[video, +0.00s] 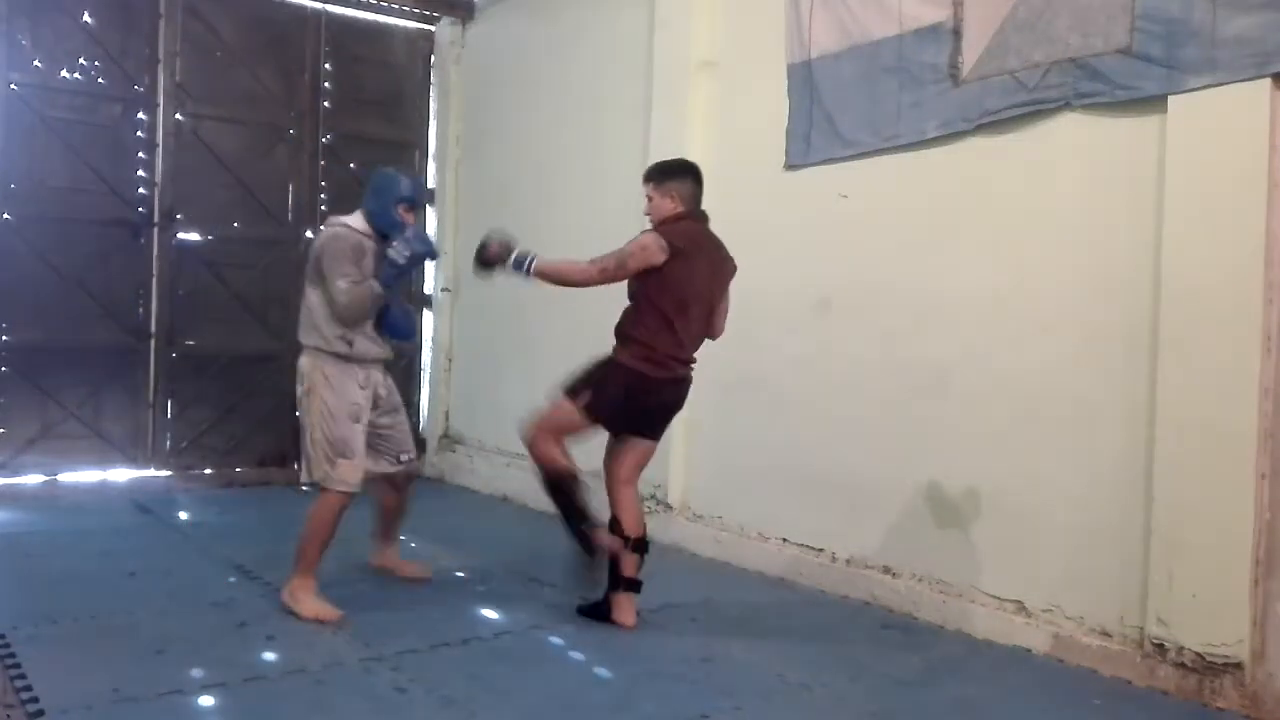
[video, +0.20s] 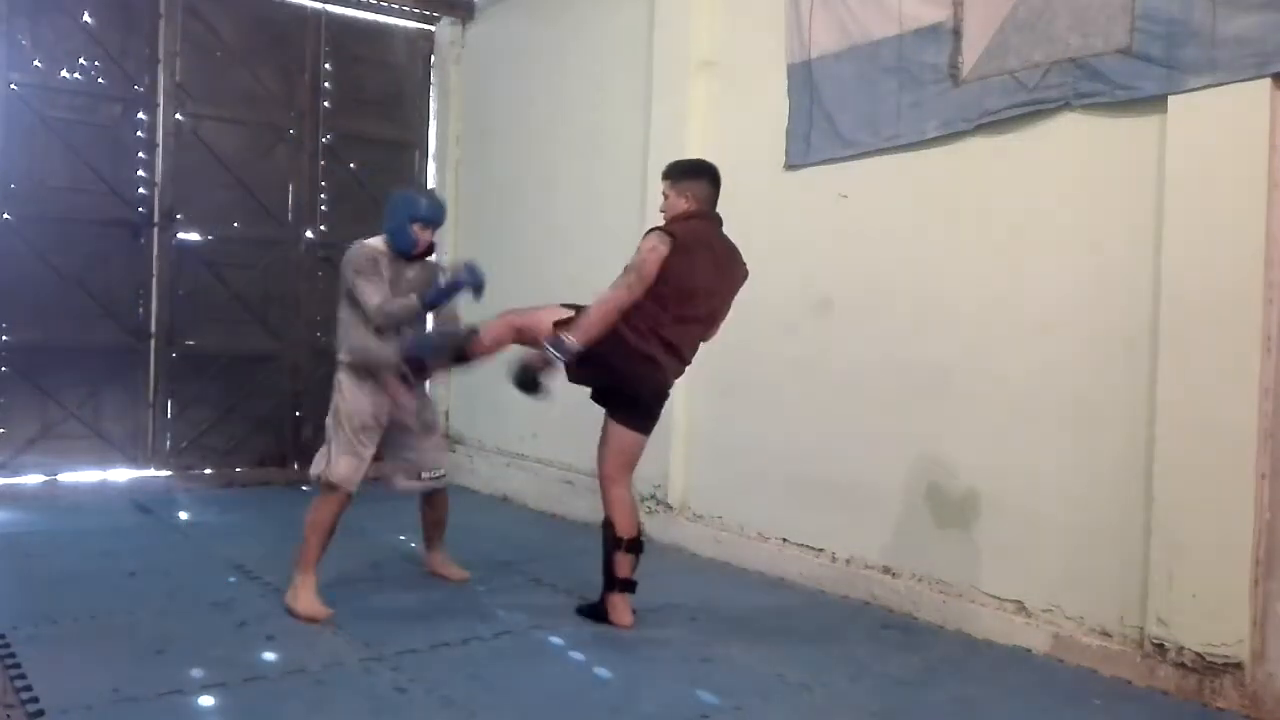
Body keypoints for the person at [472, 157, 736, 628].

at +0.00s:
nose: (647, 206)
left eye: (651, 198)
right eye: (648, 198)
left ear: (672, 198)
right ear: (692, 199)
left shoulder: (661, 239)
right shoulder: (719, 254)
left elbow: (593, 272)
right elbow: (714, 328)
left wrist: (519, 260)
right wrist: (665, 300)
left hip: (630, 372)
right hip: (671, 383)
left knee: (542, 434)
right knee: (624, 477)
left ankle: (589, 535)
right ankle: (623, 601)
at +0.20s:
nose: (663, 204)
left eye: (667, 197)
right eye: (664, 196)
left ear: (687, 199)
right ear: (709, 202)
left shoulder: (665, 239)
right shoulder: (735, 265)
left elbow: (623, 294)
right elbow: (703, 330)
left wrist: (565, 346)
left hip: (605, 346)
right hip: (650, 381)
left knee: (513, 324)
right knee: (617, 479)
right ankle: (618, 600)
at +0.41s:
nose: (672, 205)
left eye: (677, 198)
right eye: (674, 197)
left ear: (696, 200)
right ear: (717, 203)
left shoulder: (678, 238)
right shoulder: (736, 263)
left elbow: (650, 301)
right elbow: (725, 343)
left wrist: (599, 363)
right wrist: (668, 317)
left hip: (621, 351)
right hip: (661, 381)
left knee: (514, 355)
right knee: (622, 479)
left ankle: (435, 392)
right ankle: (619, 602)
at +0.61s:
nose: (686, 201)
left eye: (690, 193)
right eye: (690, 193)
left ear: (701, 196)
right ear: (733, 200)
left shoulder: (680, 233)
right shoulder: (754, 260)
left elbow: (632, 292)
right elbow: (767, 340)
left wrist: (561, 322)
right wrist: (715, 338)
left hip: (648, 372)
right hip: (696, 387)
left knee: (579, 450)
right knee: (647, 481)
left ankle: (623, 553)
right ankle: (624, 603)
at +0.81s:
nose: (689, 197)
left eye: (691, 190)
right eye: (691, 189)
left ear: (701, 192)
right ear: (738, 194)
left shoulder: (689, 236)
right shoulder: (766, 244)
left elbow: (636, 300)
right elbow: (796, 317)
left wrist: (594, 298)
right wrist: (752, 326)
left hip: (699, 379)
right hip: (741, 381)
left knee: (690, 496)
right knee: (681, 483)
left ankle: (726, 614)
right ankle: (676, 592)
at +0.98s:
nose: (713, 185)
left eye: (715, 177)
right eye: (714, 177)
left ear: (726, 175)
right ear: (759, 173)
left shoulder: (718, 219)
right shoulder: (792, 225)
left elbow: (691, 296)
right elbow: (818, 304)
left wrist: (673, 305)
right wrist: (769, 297)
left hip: (723, 368)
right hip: (774, 367)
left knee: (700, 484)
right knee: (747, 476)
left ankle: (730, 611)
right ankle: (787, 599)